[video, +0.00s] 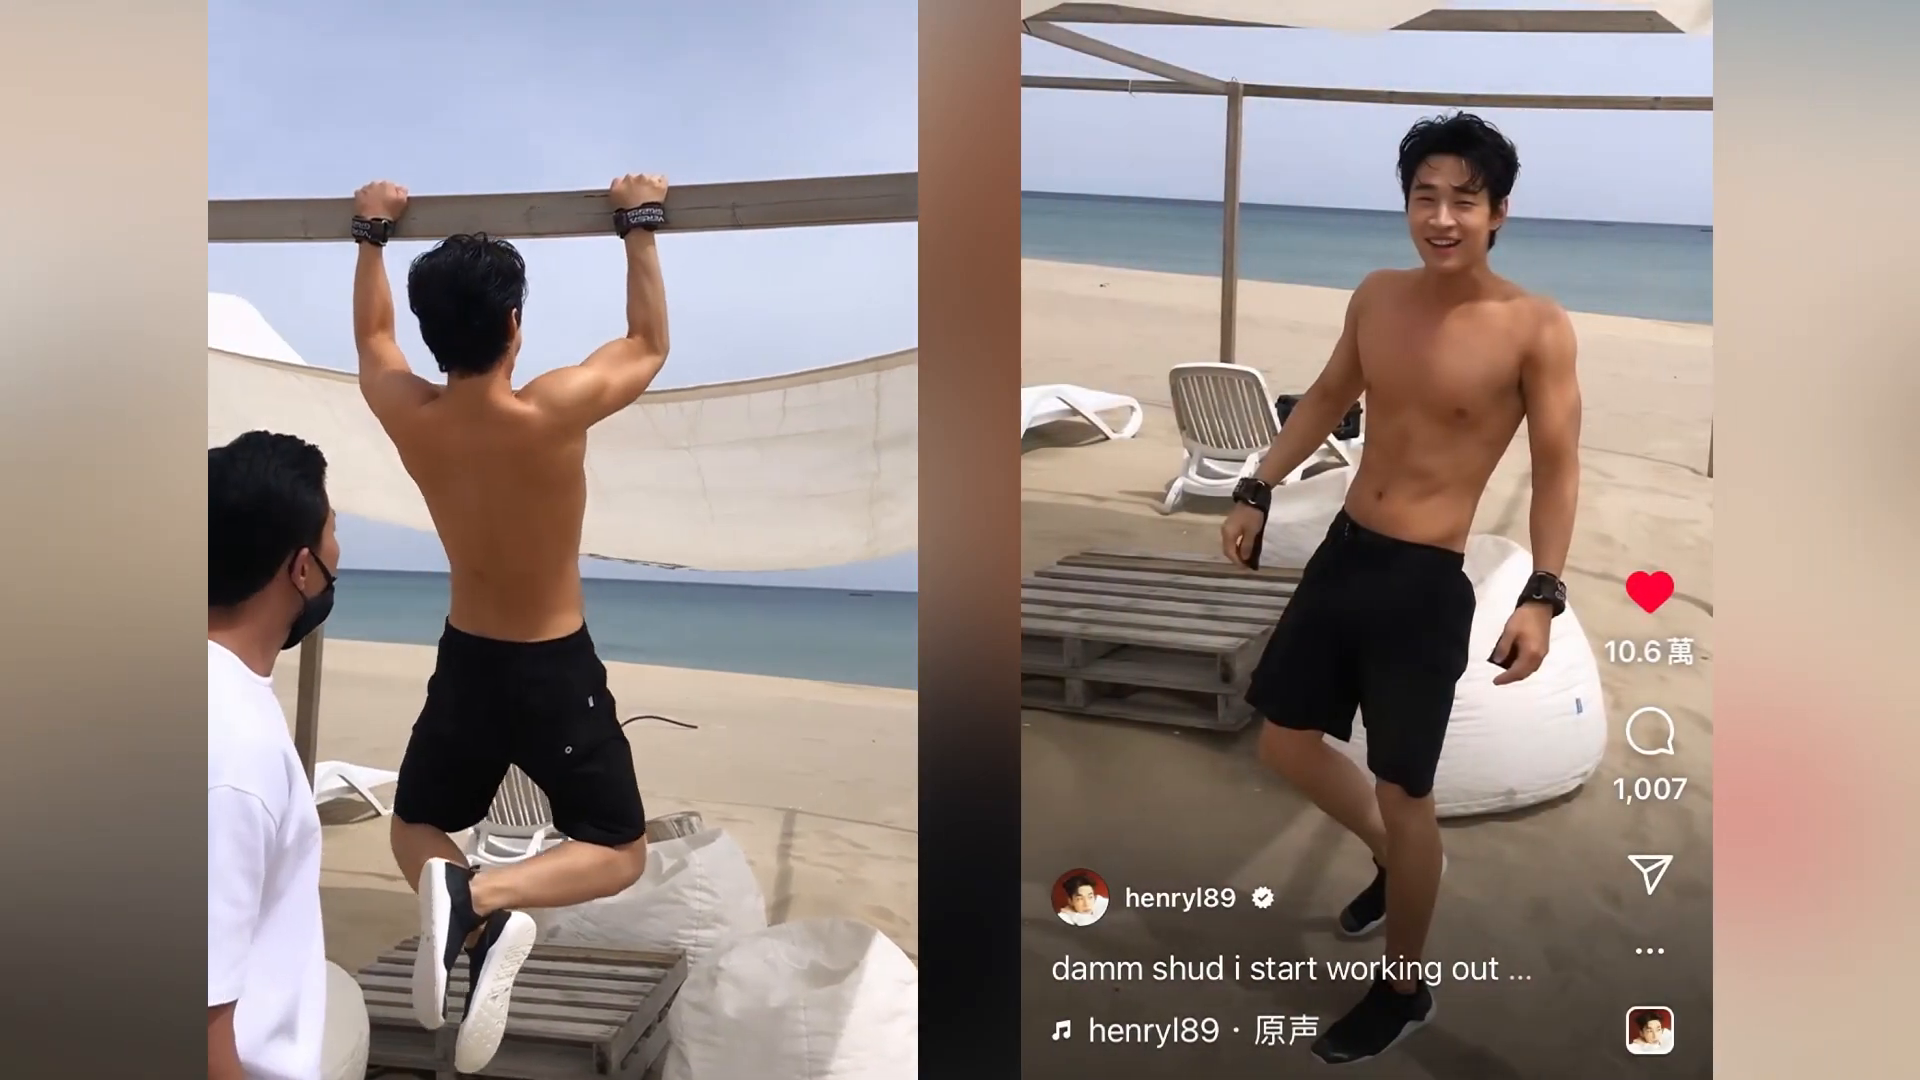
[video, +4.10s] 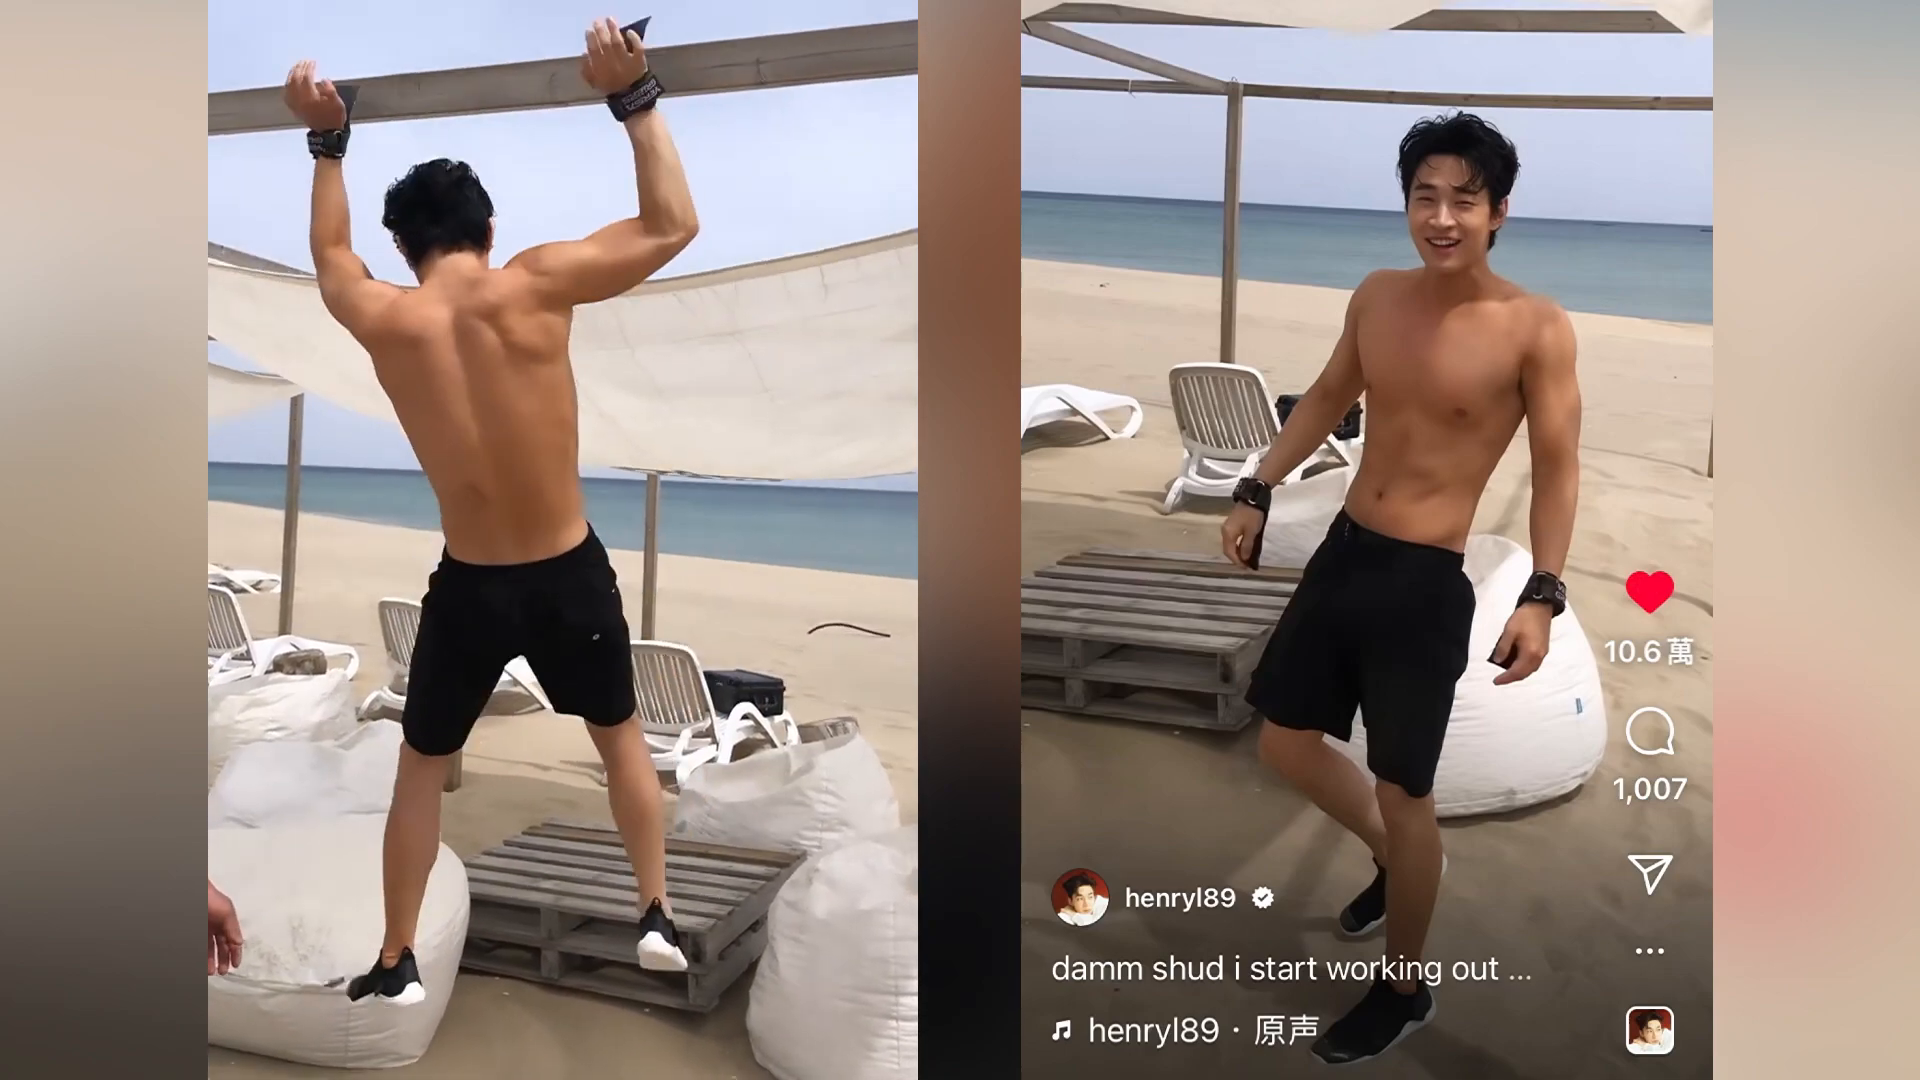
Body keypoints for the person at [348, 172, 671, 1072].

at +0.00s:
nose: (524, 319)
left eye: (514, 306)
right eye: (521, 307)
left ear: (430, 331)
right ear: (512, 325)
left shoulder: (411, 414)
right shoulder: (559, 408)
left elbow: (376, 336)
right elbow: (648, 342)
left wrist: (370, 235)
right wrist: (641, 226)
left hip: (468, 670)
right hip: (558, 673)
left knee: (417, 830)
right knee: (620, 853)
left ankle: (487, 924)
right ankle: (472, 892)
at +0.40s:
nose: (551, 184)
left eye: (545, 173)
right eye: (550, 173)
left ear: (451, 199)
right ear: (539, 187)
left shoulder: (417, 289)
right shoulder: (580, 283)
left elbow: (386, 332)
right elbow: (681, 326)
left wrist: (391, 223)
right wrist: (668, 212)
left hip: (483, 579)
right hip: (578, 573)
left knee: (456, 740)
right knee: (669, 734)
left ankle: (551, 857)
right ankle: (535, 822)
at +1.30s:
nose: (584, 294)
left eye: (572, 280)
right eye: (582, 281)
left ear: (491, 305)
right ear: (573, 298)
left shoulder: (467, 387)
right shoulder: (618, 381)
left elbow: (434, 306)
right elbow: (716, 313)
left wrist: (435, 205)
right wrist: (712, 195)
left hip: (499, 651)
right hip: (593, 660)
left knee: (426, 837)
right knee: (642, 876)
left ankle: (488, 918)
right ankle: (494, 863)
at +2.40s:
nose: (576, 159)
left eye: (571, 147)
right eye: (574, 148)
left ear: (477, 172)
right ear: (564, 163)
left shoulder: (446, 260)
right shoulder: (603, 254)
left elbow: (419, 295)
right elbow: (706, 289)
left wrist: (424, 186)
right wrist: (696, 177)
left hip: (507, 542)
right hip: (600, 543)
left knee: (473, 711)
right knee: (675, 725)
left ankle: (543, 847)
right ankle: (524, 796)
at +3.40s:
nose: (543, 248)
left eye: (532, 234)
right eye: (540, 234)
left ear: (457, 258)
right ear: (530, 246)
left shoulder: (430, 337)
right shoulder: (572, 323)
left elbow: (413, 274)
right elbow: (670, 276)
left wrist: (407, 187)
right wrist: (658, 163)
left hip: (483, 609)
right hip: (573, 608)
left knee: (441, 739)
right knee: (664, 756)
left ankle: (448, 910)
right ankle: (576, 921)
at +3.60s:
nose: (536, 240)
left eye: (526, 230)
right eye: (533, 230)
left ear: (445, 253)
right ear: (526, 240)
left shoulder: (421, 334)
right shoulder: (566, 319)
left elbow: (412, 271)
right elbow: (668, 269)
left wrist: (408, 183)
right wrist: (661, 152)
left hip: (469, 614)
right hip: (569, 611)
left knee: (410, 669)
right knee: (705, 686)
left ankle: (425, 834)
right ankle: (704, 876)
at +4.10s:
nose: (468, 227)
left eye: (431, 229)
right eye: (479, 214)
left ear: (408, 244)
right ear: (486, 226)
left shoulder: (384, 318)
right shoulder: (541, 279)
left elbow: (329, 250)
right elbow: (671, 224)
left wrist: (327, 144)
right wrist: (636, 99)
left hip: (469, 591)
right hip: (571, 579)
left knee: (422, 769)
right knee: (620, 738)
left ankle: (395, 960)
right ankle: (656, 917)